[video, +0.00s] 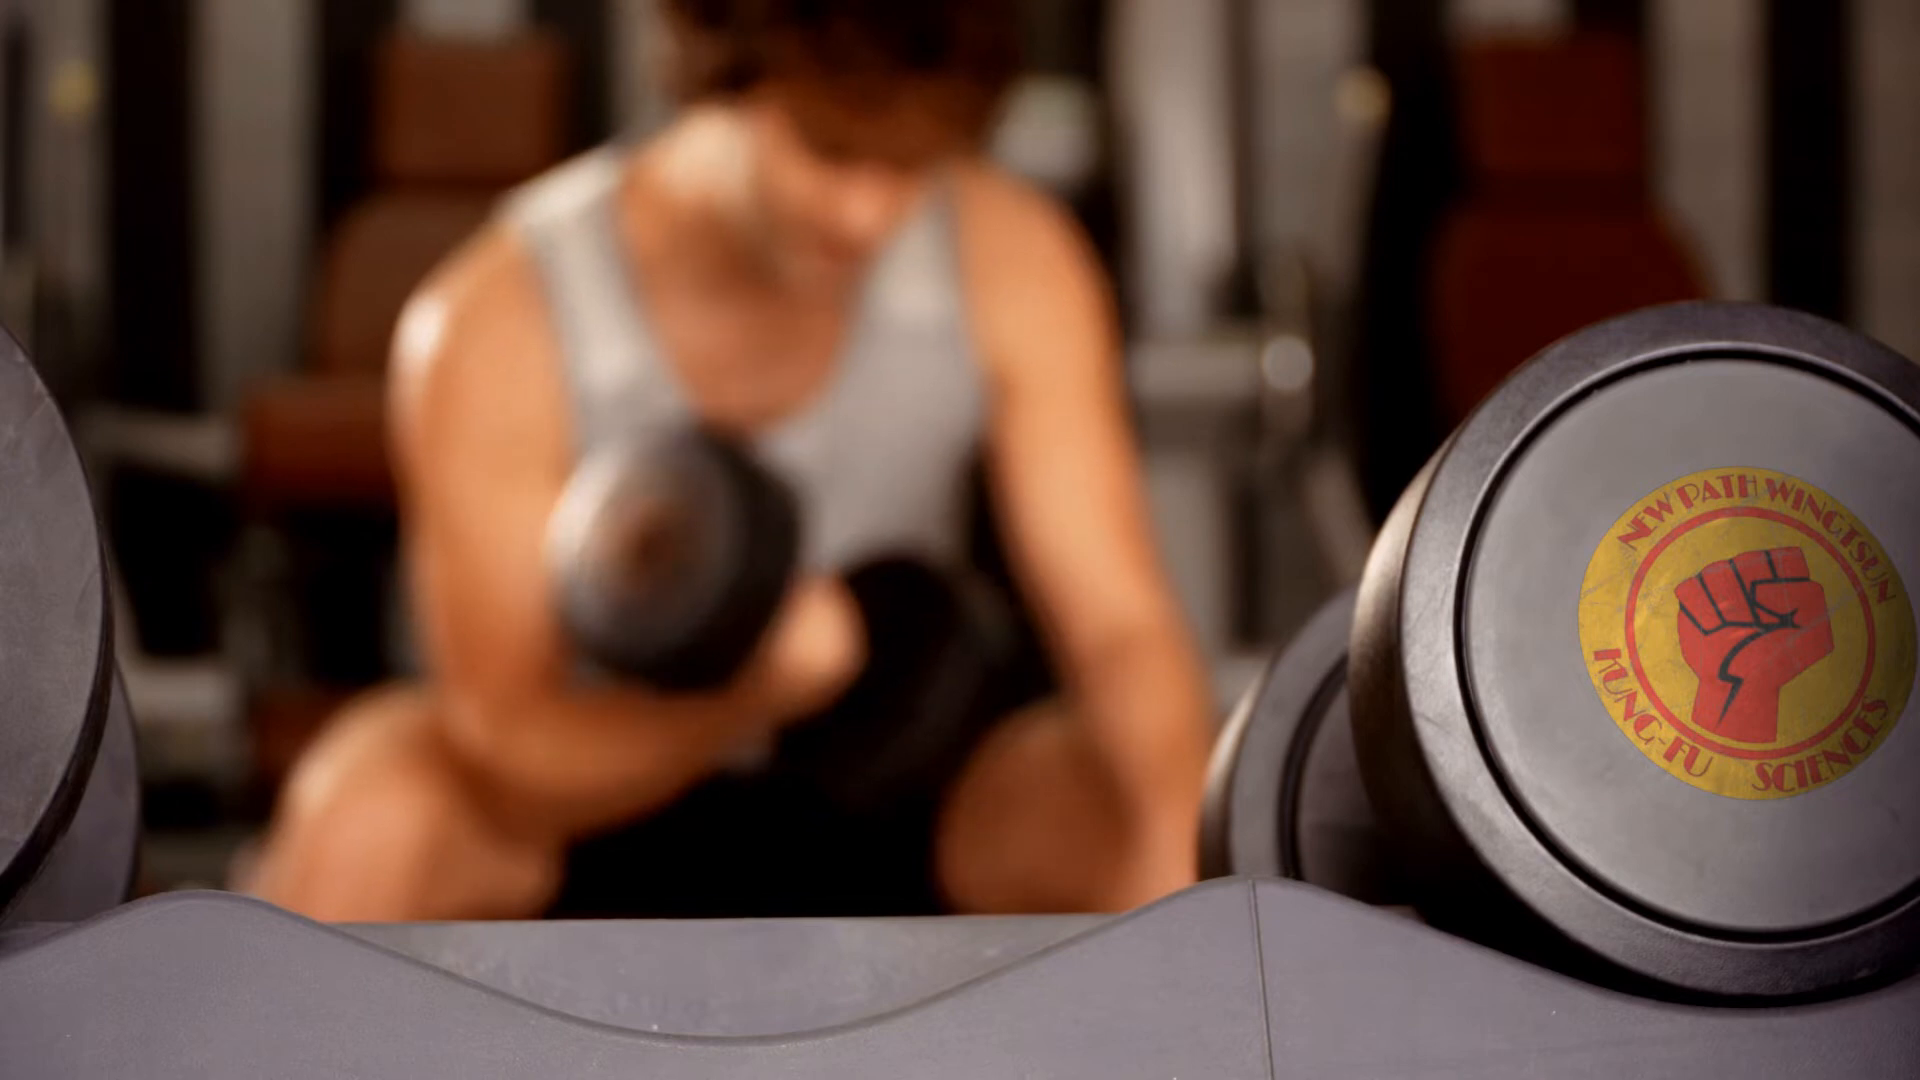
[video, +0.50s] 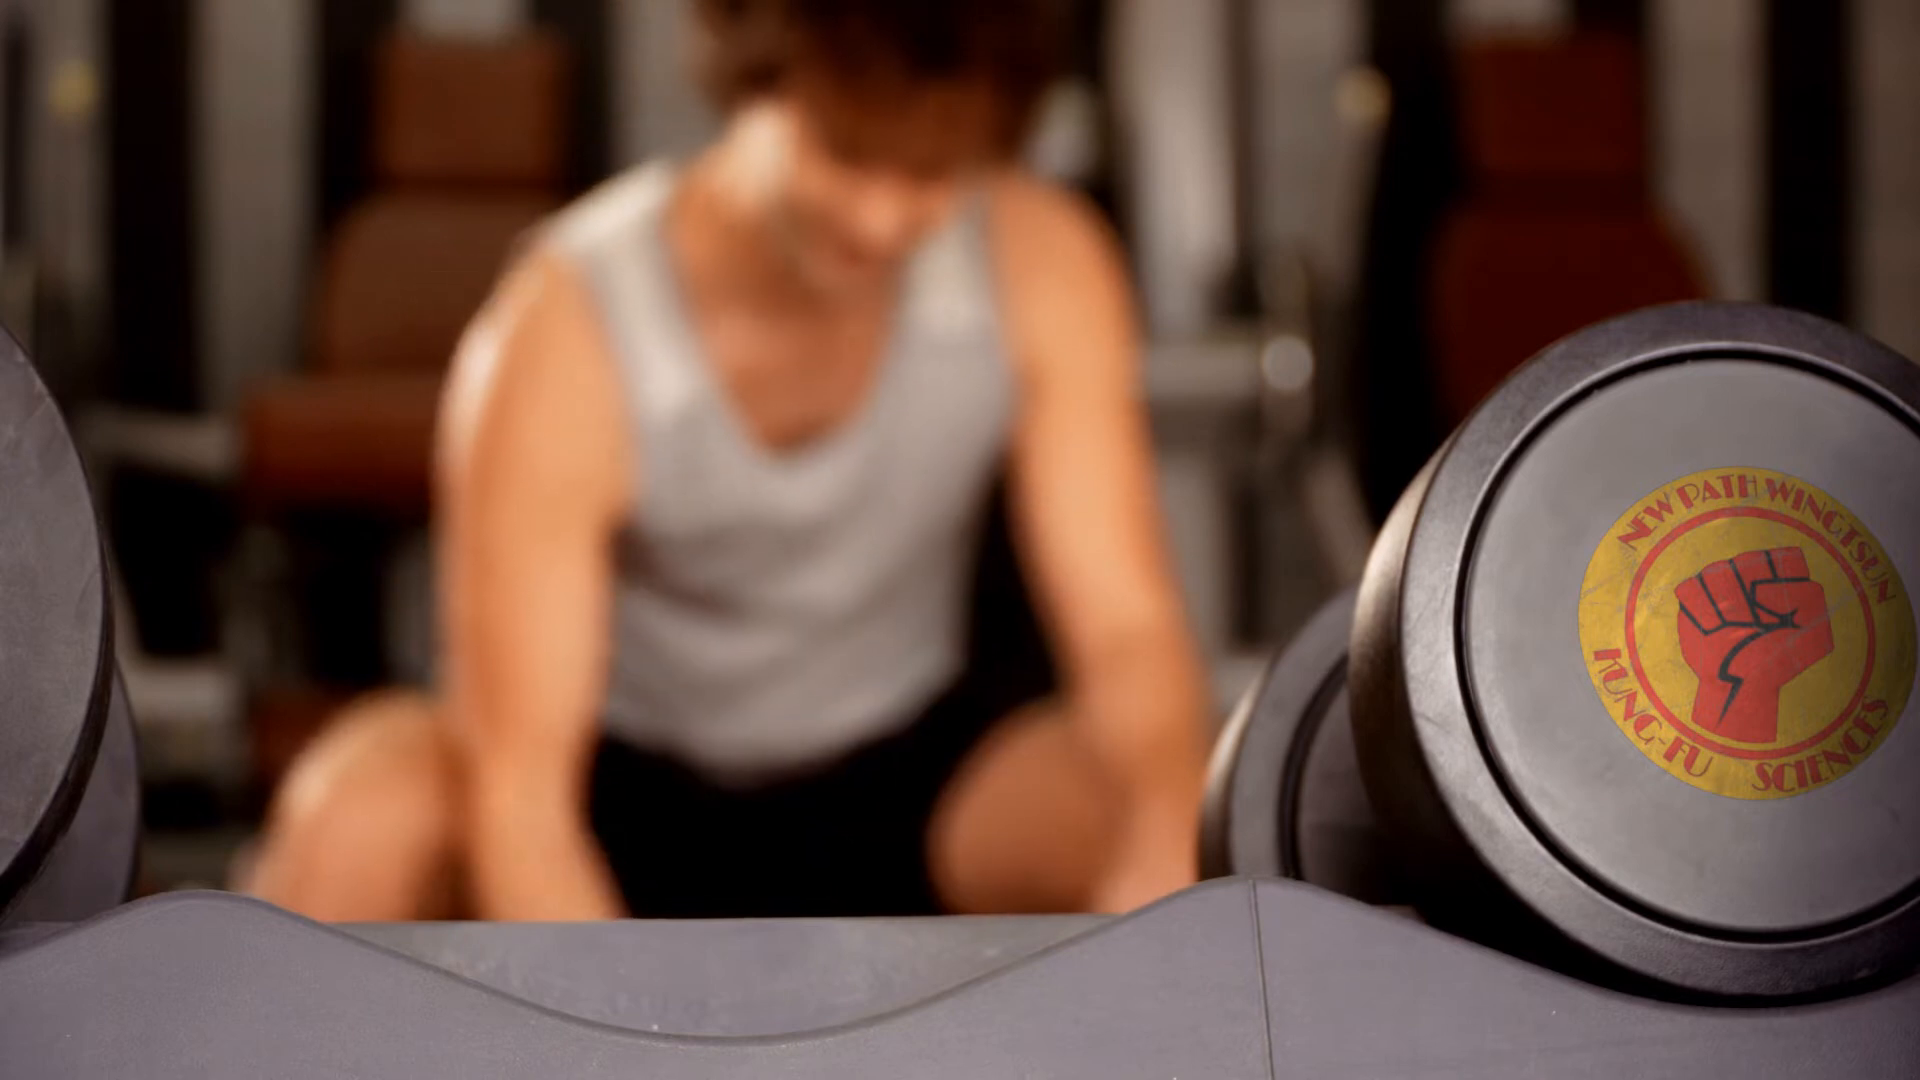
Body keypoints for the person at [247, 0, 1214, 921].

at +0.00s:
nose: (866, 214)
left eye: (913, 165)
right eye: (830, 152)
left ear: (963, 131)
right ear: (729, 79)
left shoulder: (1007, 251)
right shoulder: (494, 319)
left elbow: (1121, 630)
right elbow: (512, 748)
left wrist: (1181, 880)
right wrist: (749, 695)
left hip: (896, 782)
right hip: (600, 793)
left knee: (1165, 811)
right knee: (368, 807)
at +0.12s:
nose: (871, 205)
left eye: (919, 156)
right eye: (837, 145)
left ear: (973, 122)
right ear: (739, 70)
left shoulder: (1016, 249)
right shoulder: (513, 316)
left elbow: (1122, 628)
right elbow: (528, 754)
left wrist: (1172, 862)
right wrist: (840, 750)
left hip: (888, 806)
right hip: (610, 813)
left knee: (1189, 786)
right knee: (368, 783)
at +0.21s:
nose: (875, 205)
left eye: (924, 158)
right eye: (842, 145)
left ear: (981, 123)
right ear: (748, 68)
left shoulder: (1024, 253)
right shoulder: (526, 319)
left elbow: (1125, 635)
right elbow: (519, 741)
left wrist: (1167, 863)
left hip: (907, 792)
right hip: (628, 791)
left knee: (1191, 770)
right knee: (362, 789)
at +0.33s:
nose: (875, 204)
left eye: (925, 159)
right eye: (843, 144)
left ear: (989, 126)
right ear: (754, 71)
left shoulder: (1035, 255)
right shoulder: (542, 324)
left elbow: (1123, 633)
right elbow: (516, 756)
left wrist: (1161, 857)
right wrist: (640, 968)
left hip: (902, 780)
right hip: (618, 788)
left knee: (1187, 803)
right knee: (357, 796)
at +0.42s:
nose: (880, 211)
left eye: (930, 166)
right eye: (847, 149)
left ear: (994, 135)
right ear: (755, 74)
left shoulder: (1037, 256)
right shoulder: (550, 332)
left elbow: (1126, 639)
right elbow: (518, 788)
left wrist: (1157, 862)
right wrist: (653, 1042)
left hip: (900, 789)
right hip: (620, 798)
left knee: (1182, 797)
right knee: (360, 794)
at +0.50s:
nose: (883, 220)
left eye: (933, 174)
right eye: (847, 158)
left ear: (996, 144)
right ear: (755, 81)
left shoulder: (1039, 258)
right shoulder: (559, 335)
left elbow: (1126, 637)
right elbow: (520, 797)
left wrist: (1159, 863)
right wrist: (627, 1051)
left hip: (902, 786)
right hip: (623, 796)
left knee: (1179, 803)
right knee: (361, 796)